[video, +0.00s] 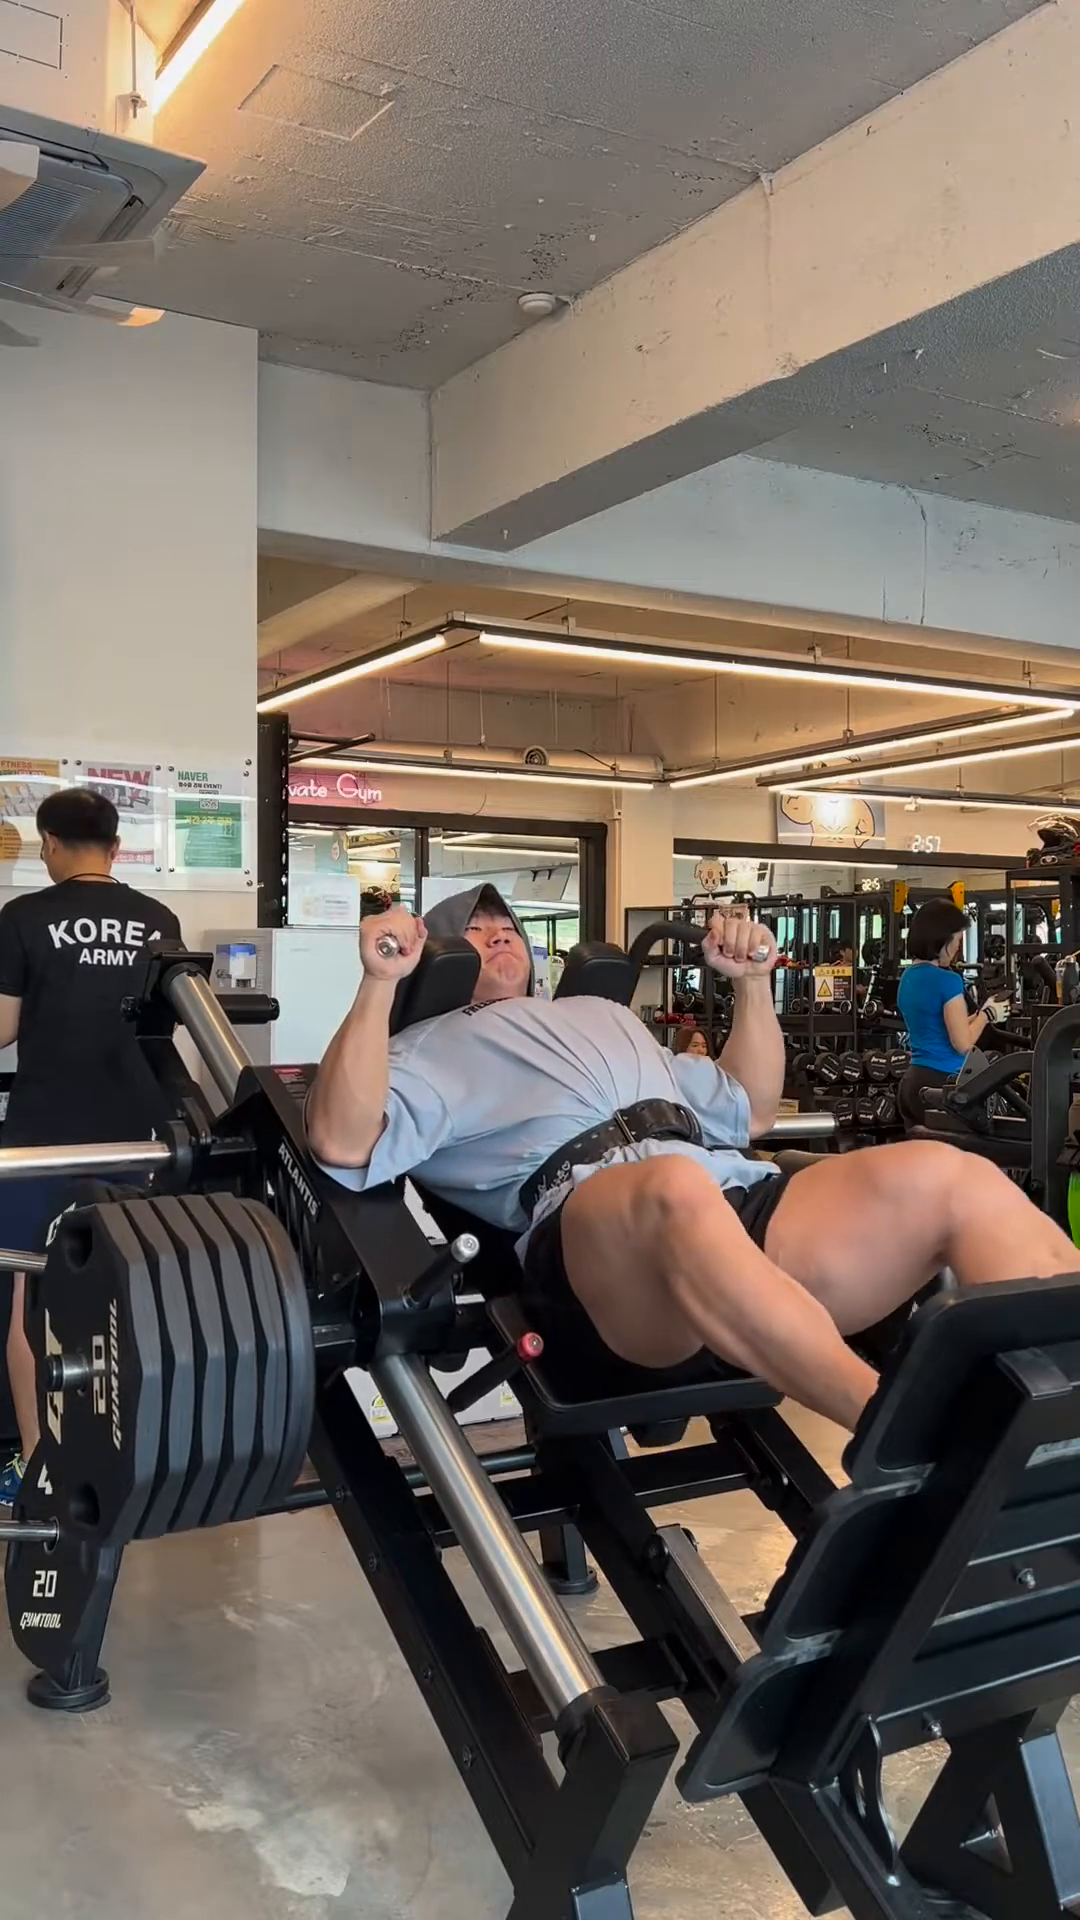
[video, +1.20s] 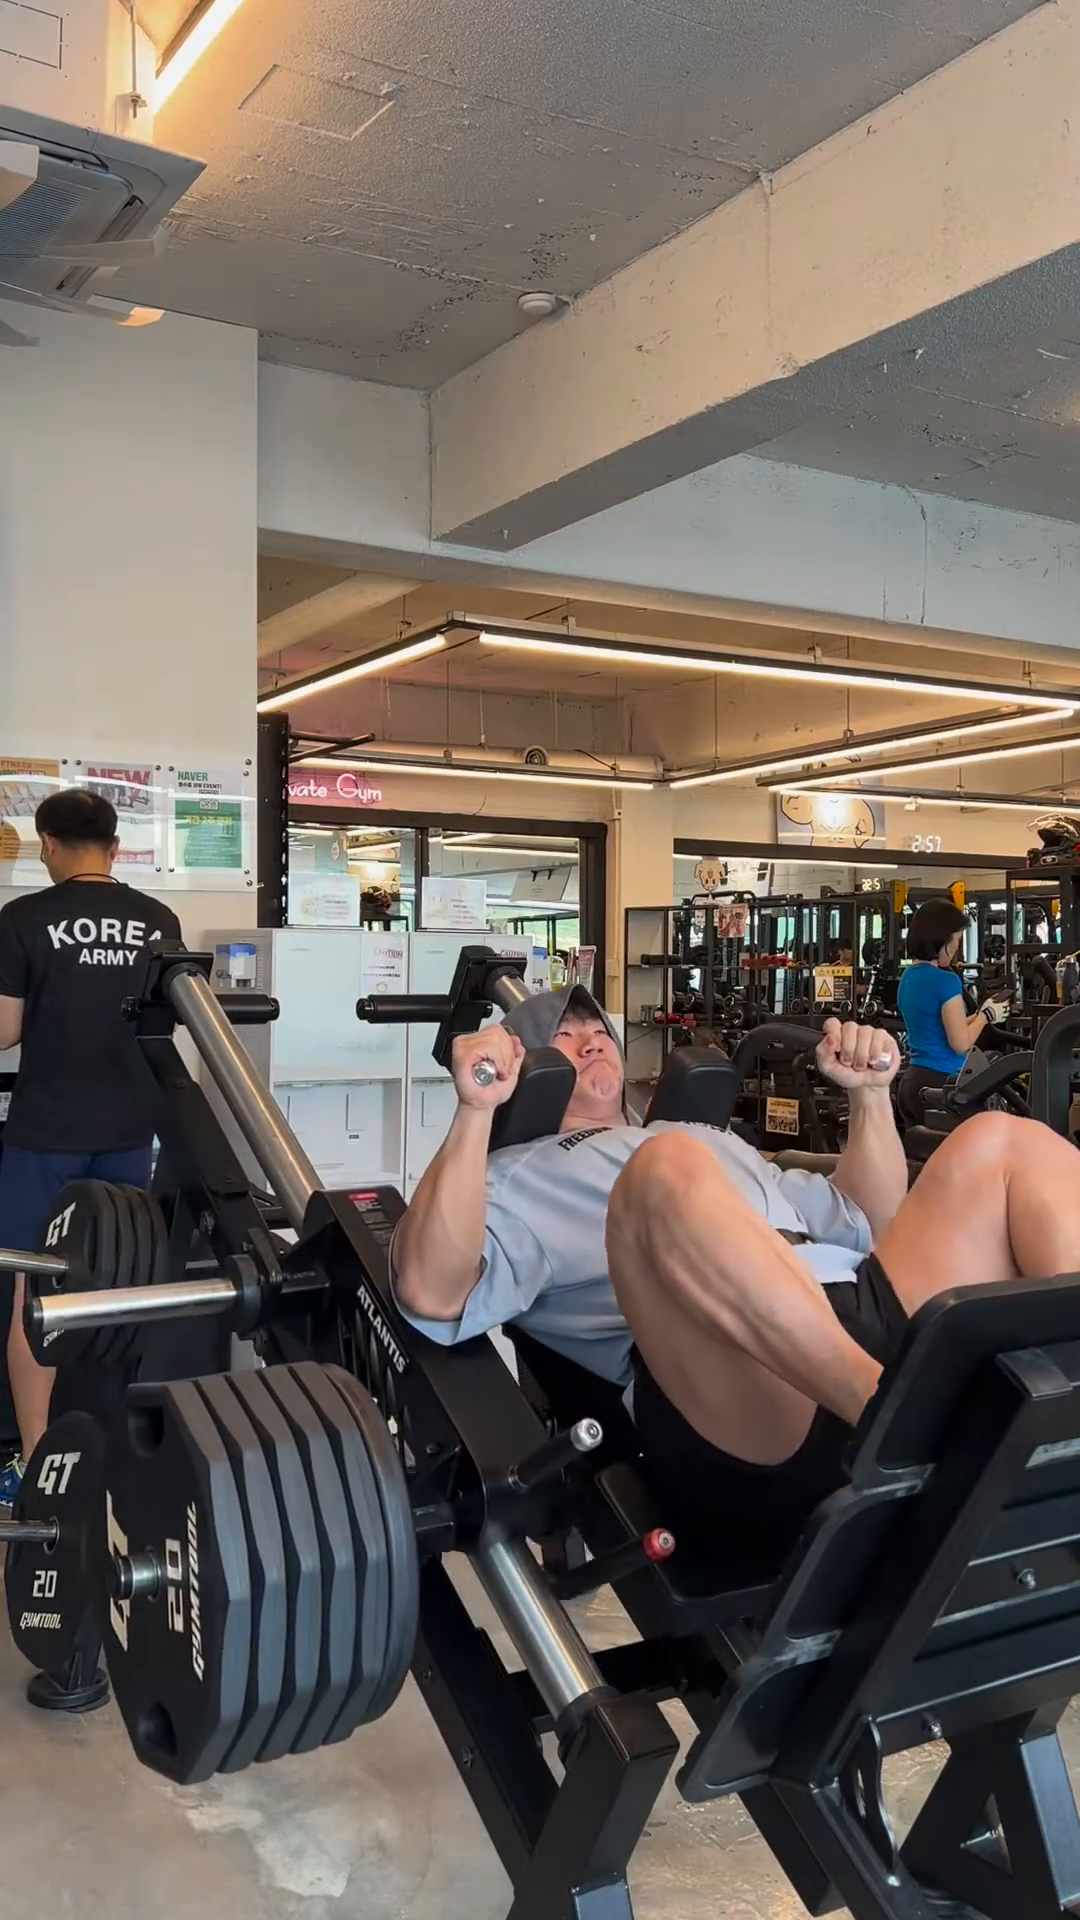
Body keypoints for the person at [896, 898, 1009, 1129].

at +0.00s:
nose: (959, 946)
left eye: (960, 939)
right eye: (958, 939)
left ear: (924, 936)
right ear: (944, 940)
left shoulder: (907, 978)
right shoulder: (948, 981)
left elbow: (929, 1034)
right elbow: (963, 1043)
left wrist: (973, 1013)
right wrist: (987, 1014)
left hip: (914, 1078)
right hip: (946, 1084)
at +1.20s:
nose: (958, 947)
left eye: (959, 940)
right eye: (957, 940)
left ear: (923, 935)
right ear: (943, 940)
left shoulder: (907, 978)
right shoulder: (946, 981)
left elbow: (931, 1034)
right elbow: (961, 1043)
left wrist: (976, 1015)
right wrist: (986, 1015)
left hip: (914, 1077)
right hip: (945, 1082)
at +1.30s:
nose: (958, 947)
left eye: (959, 941)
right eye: (957, 940)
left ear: (923, 936)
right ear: (943, 941)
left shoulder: (907, 978)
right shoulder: (946, 981)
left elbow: (934, 1033)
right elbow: (961, 1043)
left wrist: (975, 1016)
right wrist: (987, 1015)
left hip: (917, 1074)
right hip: (947, 1079)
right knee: (997, 1058)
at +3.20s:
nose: (959, 946)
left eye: (960, 939)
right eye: (958, 939)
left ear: (924, 937)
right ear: (943, 941)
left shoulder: (909, 977)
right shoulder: (948, 981)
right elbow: (963, 1043)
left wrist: (980, 1012)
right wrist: (988, 1013)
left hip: (917, 1073)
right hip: (948, 1080)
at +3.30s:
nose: (958, 947)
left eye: (959, 941)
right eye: (957, 940)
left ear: (923, 936)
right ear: (944, 942)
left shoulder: (908, 978)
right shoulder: (947, 981)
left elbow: (932, 1032)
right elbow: (963, 1042)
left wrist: (976, 1013)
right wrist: (986, 1012)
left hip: (916, 1073)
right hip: (947, 1079)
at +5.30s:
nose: (957, 946)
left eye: (958, 940)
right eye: (956, 939)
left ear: (923, 935)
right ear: (942, 941)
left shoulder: (907, 978)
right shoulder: (946, 981)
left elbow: (933, 1032)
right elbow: (962, 1042)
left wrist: (977, 1014)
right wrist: (988, 1013)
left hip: (913, 1078)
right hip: (945, 1084)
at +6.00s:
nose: (958, 945)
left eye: (959, 939)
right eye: (957, 939)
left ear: (923, 935)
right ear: (943, 940)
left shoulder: (907, 978)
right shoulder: (947, 981)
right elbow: (962, 1042)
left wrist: (977, 1014)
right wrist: (988, 1013)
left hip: (913, 1078)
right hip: (943, 1084)